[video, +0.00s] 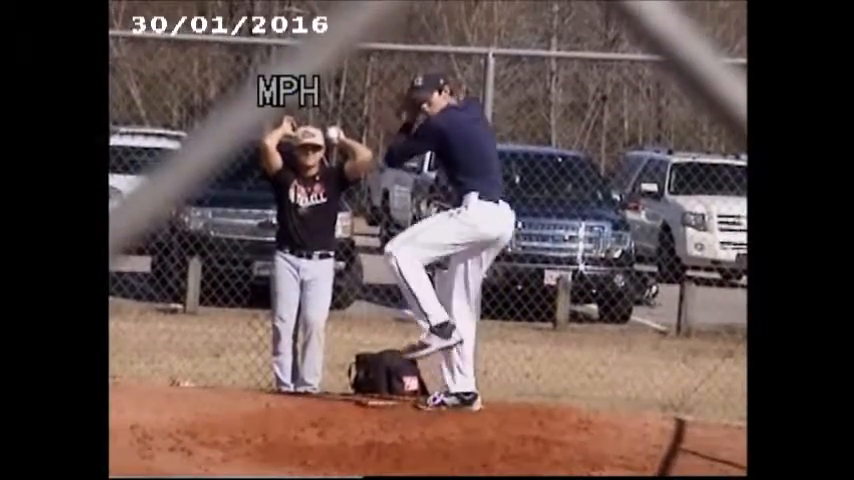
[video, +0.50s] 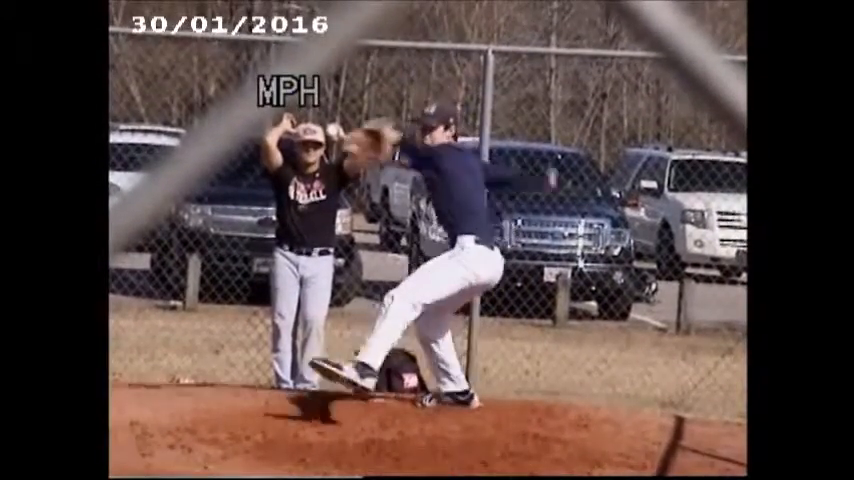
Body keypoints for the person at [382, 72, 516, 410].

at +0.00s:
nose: (424, 108)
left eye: (426, 102)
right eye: (421, 104)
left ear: (445, 92)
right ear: (448, 93)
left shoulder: (439, 124)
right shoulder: (474, 112)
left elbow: (394, 156)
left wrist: (411, 122)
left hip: (476, 213)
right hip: (500, 216)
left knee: (401, 251)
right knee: (461, 302)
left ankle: (439, 325)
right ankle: (462, 387)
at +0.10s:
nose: (419, 103)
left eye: (423, 96)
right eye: (417, 98)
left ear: (442, 91)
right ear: (445, 93)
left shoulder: (436, 121)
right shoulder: (472, 116)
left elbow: (393, 160)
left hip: (475, 211)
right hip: (503, 214)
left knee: (396, 234)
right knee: (461, 302)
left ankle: (422, 314)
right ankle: (462, 385)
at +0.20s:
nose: (423, 111)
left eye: (428, 104)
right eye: (420, 105)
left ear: (446, 101)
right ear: (448, 104)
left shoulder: (439, 129)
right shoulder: (470, 126)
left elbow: (396, 171)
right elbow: (454, 183)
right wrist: (429, 185)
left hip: (478, 220)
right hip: (505, 226)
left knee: (397, 241)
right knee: (458, 302)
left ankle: (395, 329)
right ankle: (460, 388)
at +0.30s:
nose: (426, 120)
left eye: (432, 114)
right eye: (425, 114)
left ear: (451, 113)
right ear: (454, 116)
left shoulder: (444, 139)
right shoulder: (475, 141)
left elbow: (391, 162)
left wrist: (356, 182)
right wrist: (443, 190)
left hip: (479, 230)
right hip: (505, 238)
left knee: (397, 264)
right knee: (443, 301)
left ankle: (364, 349)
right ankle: (458, 387)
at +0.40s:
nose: (427, 133)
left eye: (433, 128)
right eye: (426, 127)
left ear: (452, 128)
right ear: (449, 131)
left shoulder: (445, 153)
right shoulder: (473, 160)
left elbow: (396, 161)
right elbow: (493, 189)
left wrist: (354, 165)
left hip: (478, 247)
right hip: (500, 254)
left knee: (401, 288)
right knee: (436, 310)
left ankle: (353, 361)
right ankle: (458, 391)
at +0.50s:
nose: (424, 134)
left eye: (431, 129)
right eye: (424, 129)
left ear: (450, 130)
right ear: (450, 132)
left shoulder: (438, 156)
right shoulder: (474, 160)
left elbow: (396, 147)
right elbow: (496, 172)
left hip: (471, 255)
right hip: (490, 260)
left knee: (402, 298)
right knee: (430, 323)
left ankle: (365, 369)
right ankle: (457, 390)